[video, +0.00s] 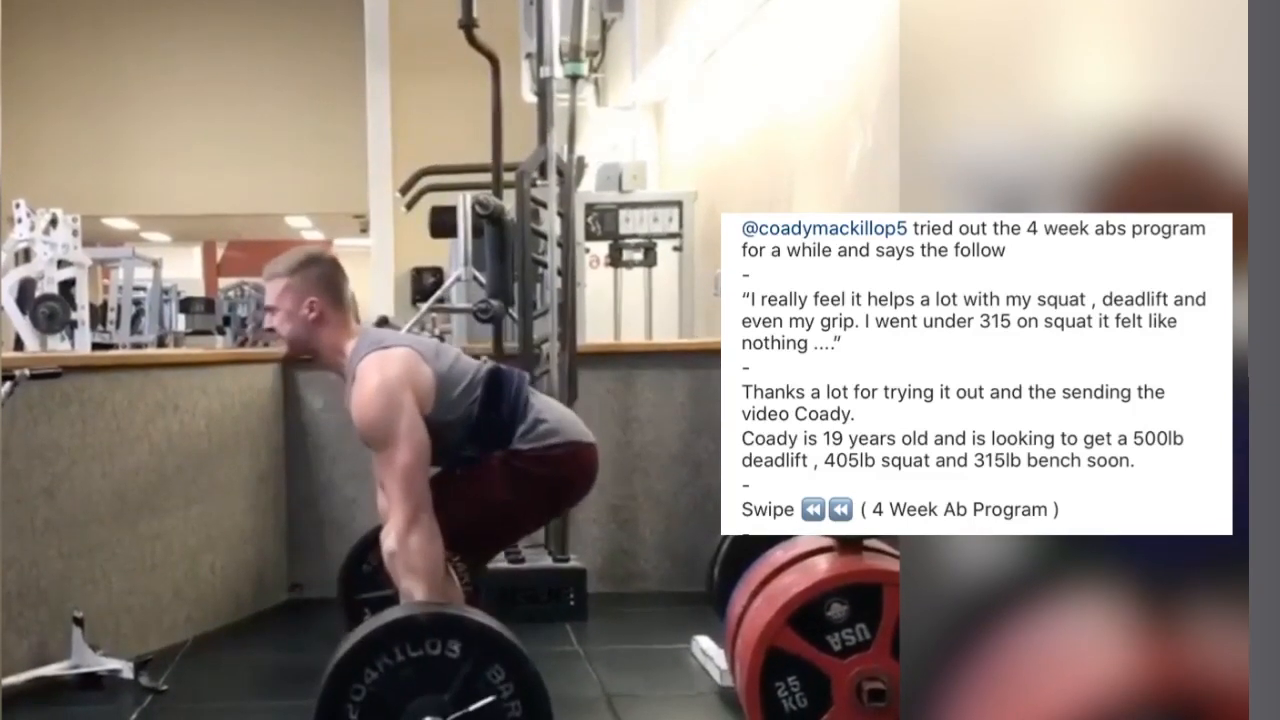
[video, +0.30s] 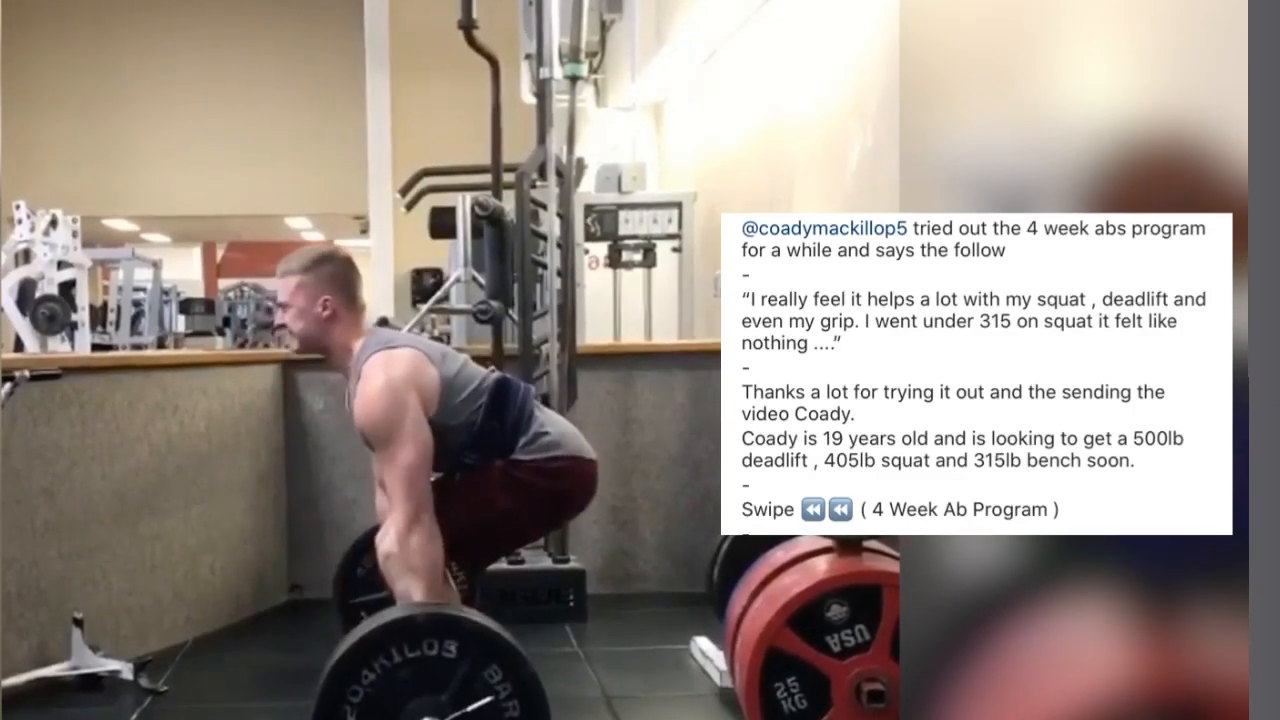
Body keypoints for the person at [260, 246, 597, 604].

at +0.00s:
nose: (268, 324)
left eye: (275, 311)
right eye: (267, 311)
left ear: (312, 310)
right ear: (315, 310)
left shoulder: (381, 382)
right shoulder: (370, 365)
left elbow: (410, 529)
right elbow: (391, 500)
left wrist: (438, 652)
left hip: (551, 452)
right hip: (539, 444)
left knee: (411, 547)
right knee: (408, 543)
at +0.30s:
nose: (277, 320)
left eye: (285, 307)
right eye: (277, 308)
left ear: (325, 307)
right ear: (325, 307)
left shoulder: (386, 383)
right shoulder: (371, 370)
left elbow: (412, 525)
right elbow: (389, 496)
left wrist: (441, 651)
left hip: (551, 465)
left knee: (404, 550)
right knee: (400, 544)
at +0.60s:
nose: (281, 305)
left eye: (289, 293)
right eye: (283, 294)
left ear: (328, 296)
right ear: (325, 296)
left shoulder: (389, 374)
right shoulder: (371, 365)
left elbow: (414, 517)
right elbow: (394, 490)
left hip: (548, 454)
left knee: (410, 549)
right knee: (398, 542)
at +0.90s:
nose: (272, 303)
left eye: (279, 291)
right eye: (273, 292)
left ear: (317, 293)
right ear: (316, 293)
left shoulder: (383, 368)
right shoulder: (366, 361)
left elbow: (414, 513)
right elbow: (390, 481)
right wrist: (395, 533)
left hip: (548, 432)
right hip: (524, 431)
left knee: (421, 546)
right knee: (399, 538)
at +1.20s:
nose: (275, 282)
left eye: (283, 270)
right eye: (276, 271)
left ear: (322, 270)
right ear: (320, 271)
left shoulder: (388, 345)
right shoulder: (367, 342)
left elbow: (421, 485)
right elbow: (393, 460)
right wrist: (412, 580)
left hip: (552, 406)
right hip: (523, 406)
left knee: (440, 532)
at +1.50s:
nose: (280, 227)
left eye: (288, 214)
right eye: (281, 215)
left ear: (325, 215)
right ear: (323, 215)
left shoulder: (387, 292)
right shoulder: (369, 291)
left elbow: (423, 428)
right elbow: (398, 415)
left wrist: (443, 540)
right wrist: (416, 523)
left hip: (542, 379)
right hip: (512, 382)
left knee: (469, 518)